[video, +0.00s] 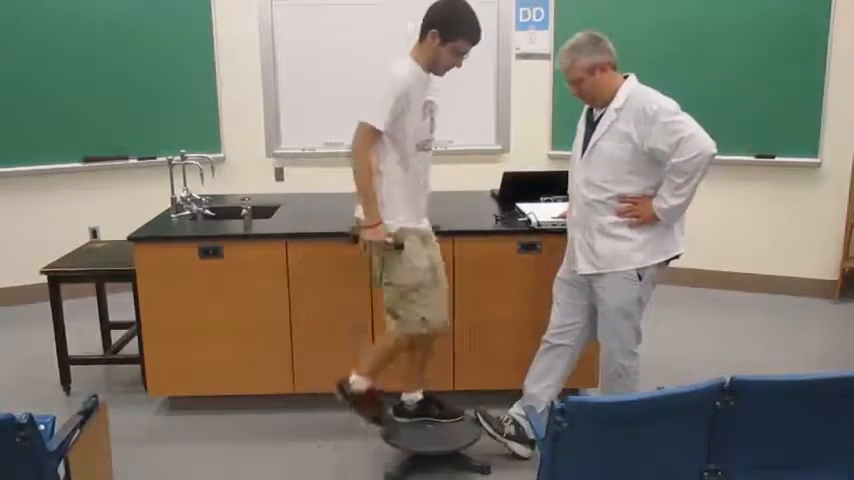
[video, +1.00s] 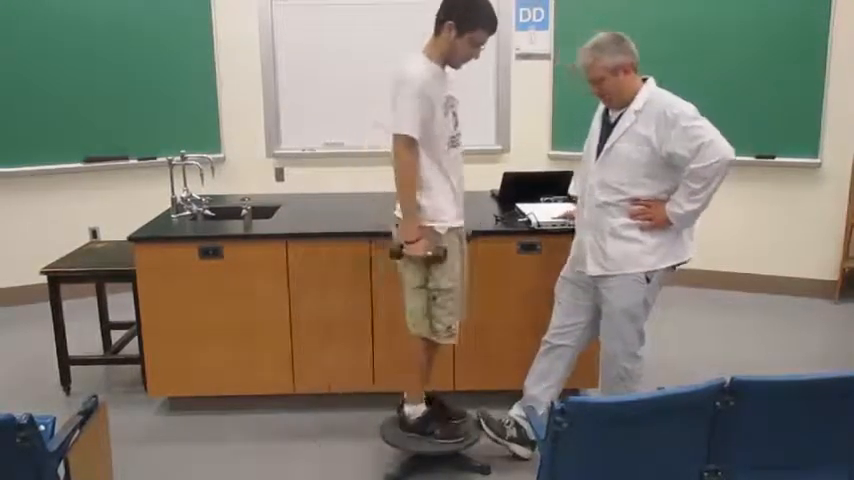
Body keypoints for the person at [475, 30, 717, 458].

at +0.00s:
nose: (573, 91)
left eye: (577, 81)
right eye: (570, 83)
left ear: (604, 69)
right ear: (596, 73)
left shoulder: (645, 105)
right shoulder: (592, 112)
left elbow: (697, 148)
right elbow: (604, 171)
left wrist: (662, 207)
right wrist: (581, 207)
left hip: (626, 256)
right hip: (583, 251)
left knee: (619, 355)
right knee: (560, 337)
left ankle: (615, 437)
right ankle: (528, 422)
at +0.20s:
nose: (574, 92)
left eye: (578, 83)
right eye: (570, 84)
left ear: (605, 71)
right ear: (598, 74)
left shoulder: (647, 106)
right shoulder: (594, 113)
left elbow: (699, 149)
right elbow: (602, 171)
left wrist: (665, 207)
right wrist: (580, 207)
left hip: (628, 255)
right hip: (584, 250)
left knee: (619, 355)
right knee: (561, 338)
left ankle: (615, 438)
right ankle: (527, 423)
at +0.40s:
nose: (580, 92)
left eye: (584, 83)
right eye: (576, 85)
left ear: (610, 71)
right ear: (599, 75)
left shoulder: (652, 107)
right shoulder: (593, 113)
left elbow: (705, 149)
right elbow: (600, 169)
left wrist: (669, 208)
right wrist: (580, 203)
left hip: (630, 255)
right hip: (585, 249)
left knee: (620, 354)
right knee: (561, 337)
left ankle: (615, 436)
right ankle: (527, 423)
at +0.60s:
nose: (584, 91)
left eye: (589, 81)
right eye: (581, 83)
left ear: (615, 70)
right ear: (604, 74)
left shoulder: (657, 108)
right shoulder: (597, 112)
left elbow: (709, 151)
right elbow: (597, 169)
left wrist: (670, 208)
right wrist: (581, 203)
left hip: (631, 256)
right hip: (585, 250)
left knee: (620, 355)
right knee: (561, 338)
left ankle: (617, 438)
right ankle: (528, 424)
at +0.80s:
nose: (589, 91)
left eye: (593, 82)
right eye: (586, 83)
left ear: (620, 71)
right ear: (606, 76)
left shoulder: (660, 110)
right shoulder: (601, 113)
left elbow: (713, 153)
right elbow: (595, 170)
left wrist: (672, 210)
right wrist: (583, 204)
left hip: (632, 256)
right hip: (587, 250)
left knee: (620, 355)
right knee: (562, 338)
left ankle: (617, 438)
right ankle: (528, 423)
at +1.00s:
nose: (594, 91)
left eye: (599, 81)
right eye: (591, 82)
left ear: (626, 71)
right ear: (610, 75)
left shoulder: (665, 110)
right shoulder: (606, 111)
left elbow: (716, 155)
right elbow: (600, 169)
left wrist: (675, 210)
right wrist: (585, 204)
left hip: (633, 258)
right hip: (588, 251)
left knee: (620, 357)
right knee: (561, 339)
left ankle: (616, 440)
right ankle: (529, 424)